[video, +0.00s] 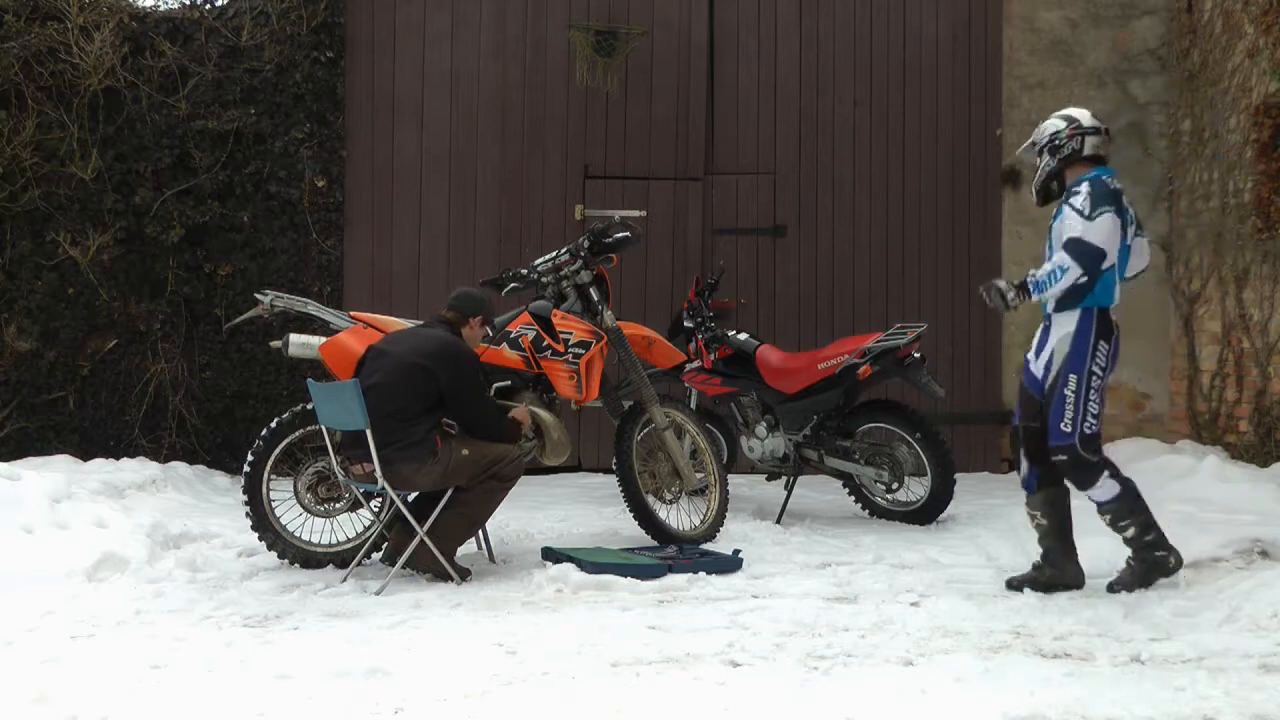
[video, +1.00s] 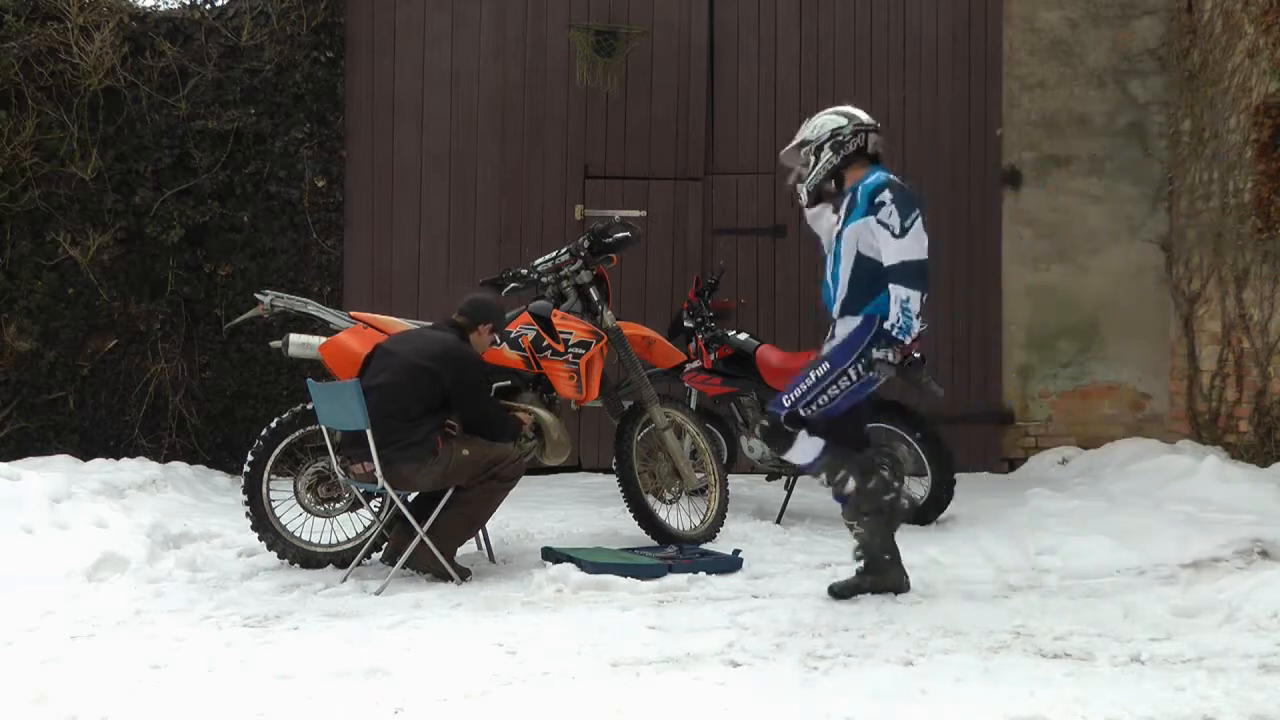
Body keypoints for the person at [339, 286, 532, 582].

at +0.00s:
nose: (484, 335)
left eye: (486, 328)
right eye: (484, 327)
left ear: (446, 314)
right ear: (473, 321)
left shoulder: (400, 337)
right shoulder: (456, 353)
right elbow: (482, 424)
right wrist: (515, 421)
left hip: (357, 455)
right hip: (401, 461)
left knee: (461, 451)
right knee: (508, 462)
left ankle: (401, 543)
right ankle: (435, 551)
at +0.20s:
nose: (490, 342)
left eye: (491, 334)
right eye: (490, 333)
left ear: (453, 317)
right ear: (477, 326)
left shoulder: (402, 337)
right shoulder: (459, 355)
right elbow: (481, 422)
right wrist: (515, 419)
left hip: (358, 455)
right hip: (401, 461)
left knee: (465, 452)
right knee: (508, 462)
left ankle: (402, 543)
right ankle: (435, 550)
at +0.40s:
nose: (491, 346)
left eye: (494, 339)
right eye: (493, 338)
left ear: (458, 317)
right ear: (483, 329)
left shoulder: (403, 337)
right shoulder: (462, 357)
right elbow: (489, 427)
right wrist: (513, 414)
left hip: (358, 454)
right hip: (401, 461)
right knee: (509, 463)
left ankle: (402, 543)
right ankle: (435, 551)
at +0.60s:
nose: (492, 345)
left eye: (495, 339)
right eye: (494, 337)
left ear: (459, 317)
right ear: (484, 329)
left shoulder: (405, 337)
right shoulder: (461, 356)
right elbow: (494, 428)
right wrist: (514, 417)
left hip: (358, 454)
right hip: (401, 461)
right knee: (509, 463)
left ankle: (402, 543)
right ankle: (435, 551)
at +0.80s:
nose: (492, 345)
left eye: (495, 339)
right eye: (494, 338)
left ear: (459, 317)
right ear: (484, 329)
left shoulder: (405, 337)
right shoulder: (461, 357)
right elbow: (493, 429)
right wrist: (514, 420)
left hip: (357, 456)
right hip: (401, 461)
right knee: (508, 464)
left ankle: (402, 543)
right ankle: (435, 551)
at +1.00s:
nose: (492, 345)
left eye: (495, 338)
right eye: (493, 337)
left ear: (459, 317)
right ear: (483, 329)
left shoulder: (404, 337)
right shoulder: (461, 357)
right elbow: (485, 422)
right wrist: (516, 423)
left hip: (357, 456)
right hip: (400, 461)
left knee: (464, 453)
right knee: (508, 464)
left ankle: (402, 543)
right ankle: (435, 550)